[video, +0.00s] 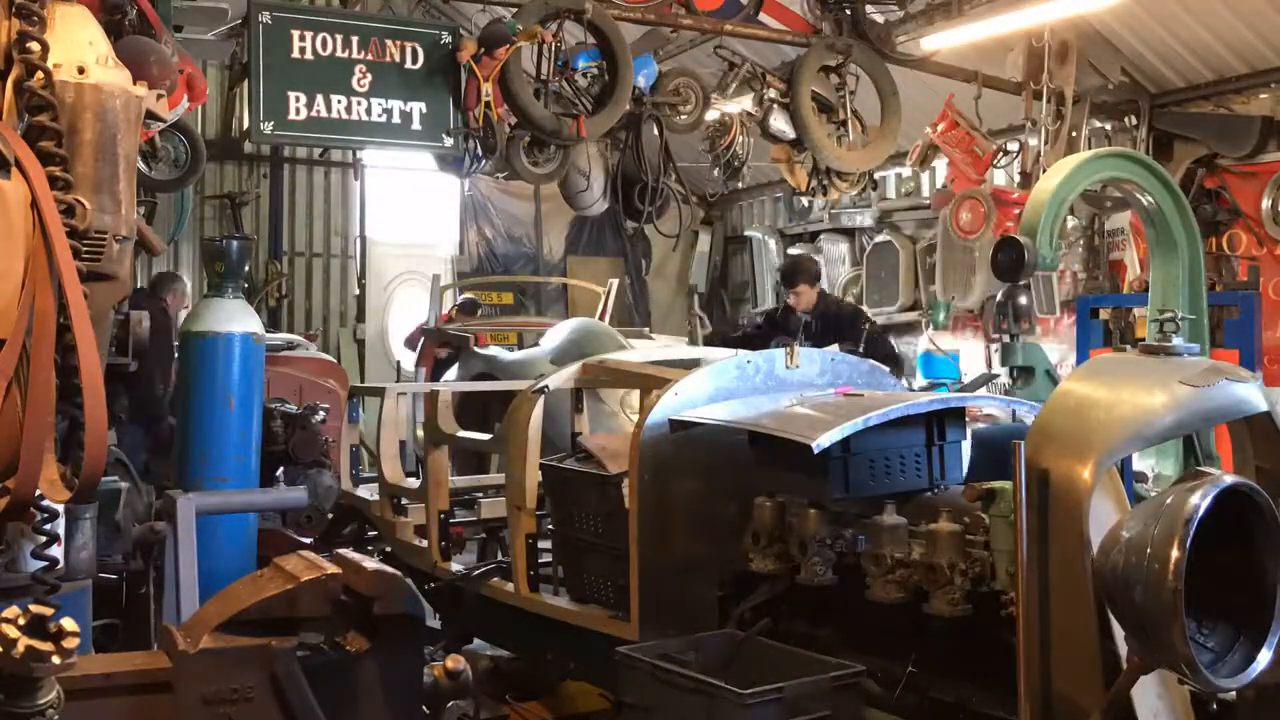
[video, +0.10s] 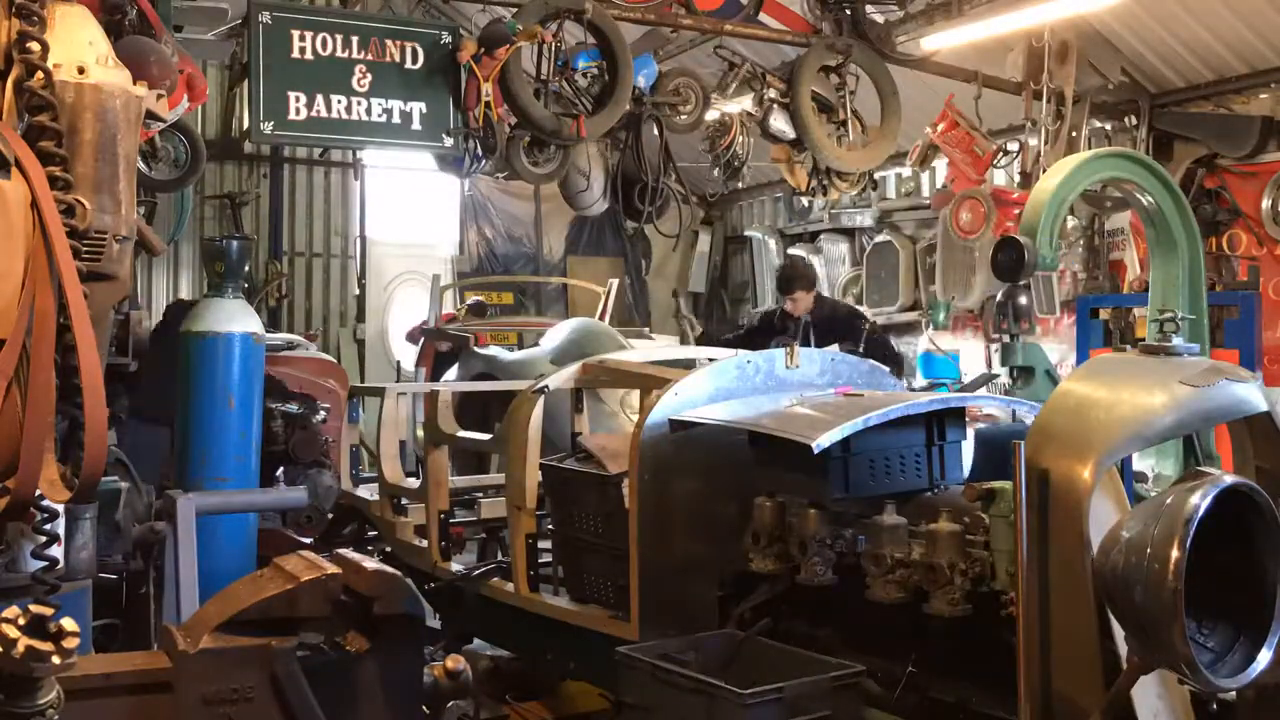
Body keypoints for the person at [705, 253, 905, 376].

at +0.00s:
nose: (789, 301)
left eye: (795, 294)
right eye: (786, 294)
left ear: (814, 287)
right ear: (783, 290)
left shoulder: (847, 315)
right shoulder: (779, 318)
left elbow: (888, 360)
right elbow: (750, 343)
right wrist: (708, 339)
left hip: (842, 399)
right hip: (790, 400)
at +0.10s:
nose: (787, 307)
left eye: (793, 301)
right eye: (783, 300)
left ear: (811, 294)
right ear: (780, 295)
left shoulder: (844, 317)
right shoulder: (774, 321)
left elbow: (890, 360)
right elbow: (737, 344)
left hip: (841, 401)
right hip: (787, 402)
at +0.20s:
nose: (781, 313)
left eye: (787, 307)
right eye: (778, 307)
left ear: (805, 297)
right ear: (773, 300)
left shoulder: (840, 319)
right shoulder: (765, 322)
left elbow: (875, 357)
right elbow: (735, 344)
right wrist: (702, 346)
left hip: (830, 400)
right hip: (778, 399)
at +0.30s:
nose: (775, 299)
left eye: (781, 293)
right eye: (771, 292)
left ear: (800, 283)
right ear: (766, 285)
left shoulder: (832, 308)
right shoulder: (762, 313)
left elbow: (861, 347)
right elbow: (732, 343)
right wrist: (689, 343)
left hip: (823, 389)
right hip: (772, 390)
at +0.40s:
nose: (776, 289)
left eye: (782, 282)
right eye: (772, 282)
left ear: (801, 273)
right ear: (767, 278)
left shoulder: (834, 304)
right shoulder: (765, 306)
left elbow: (861, 353)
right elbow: (738, 344)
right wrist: (699, 333)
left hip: (823, 389)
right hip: (774, 388)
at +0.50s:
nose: (770, 288)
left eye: (776, 282)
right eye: (767, 282)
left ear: (796, 273)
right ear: (763, 277)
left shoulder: (827, 303)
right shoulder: (764, 305)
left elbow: (857, 348)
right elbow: (737, 343)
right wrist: (703, 326)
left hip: (819, 389)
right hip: (770, 388)